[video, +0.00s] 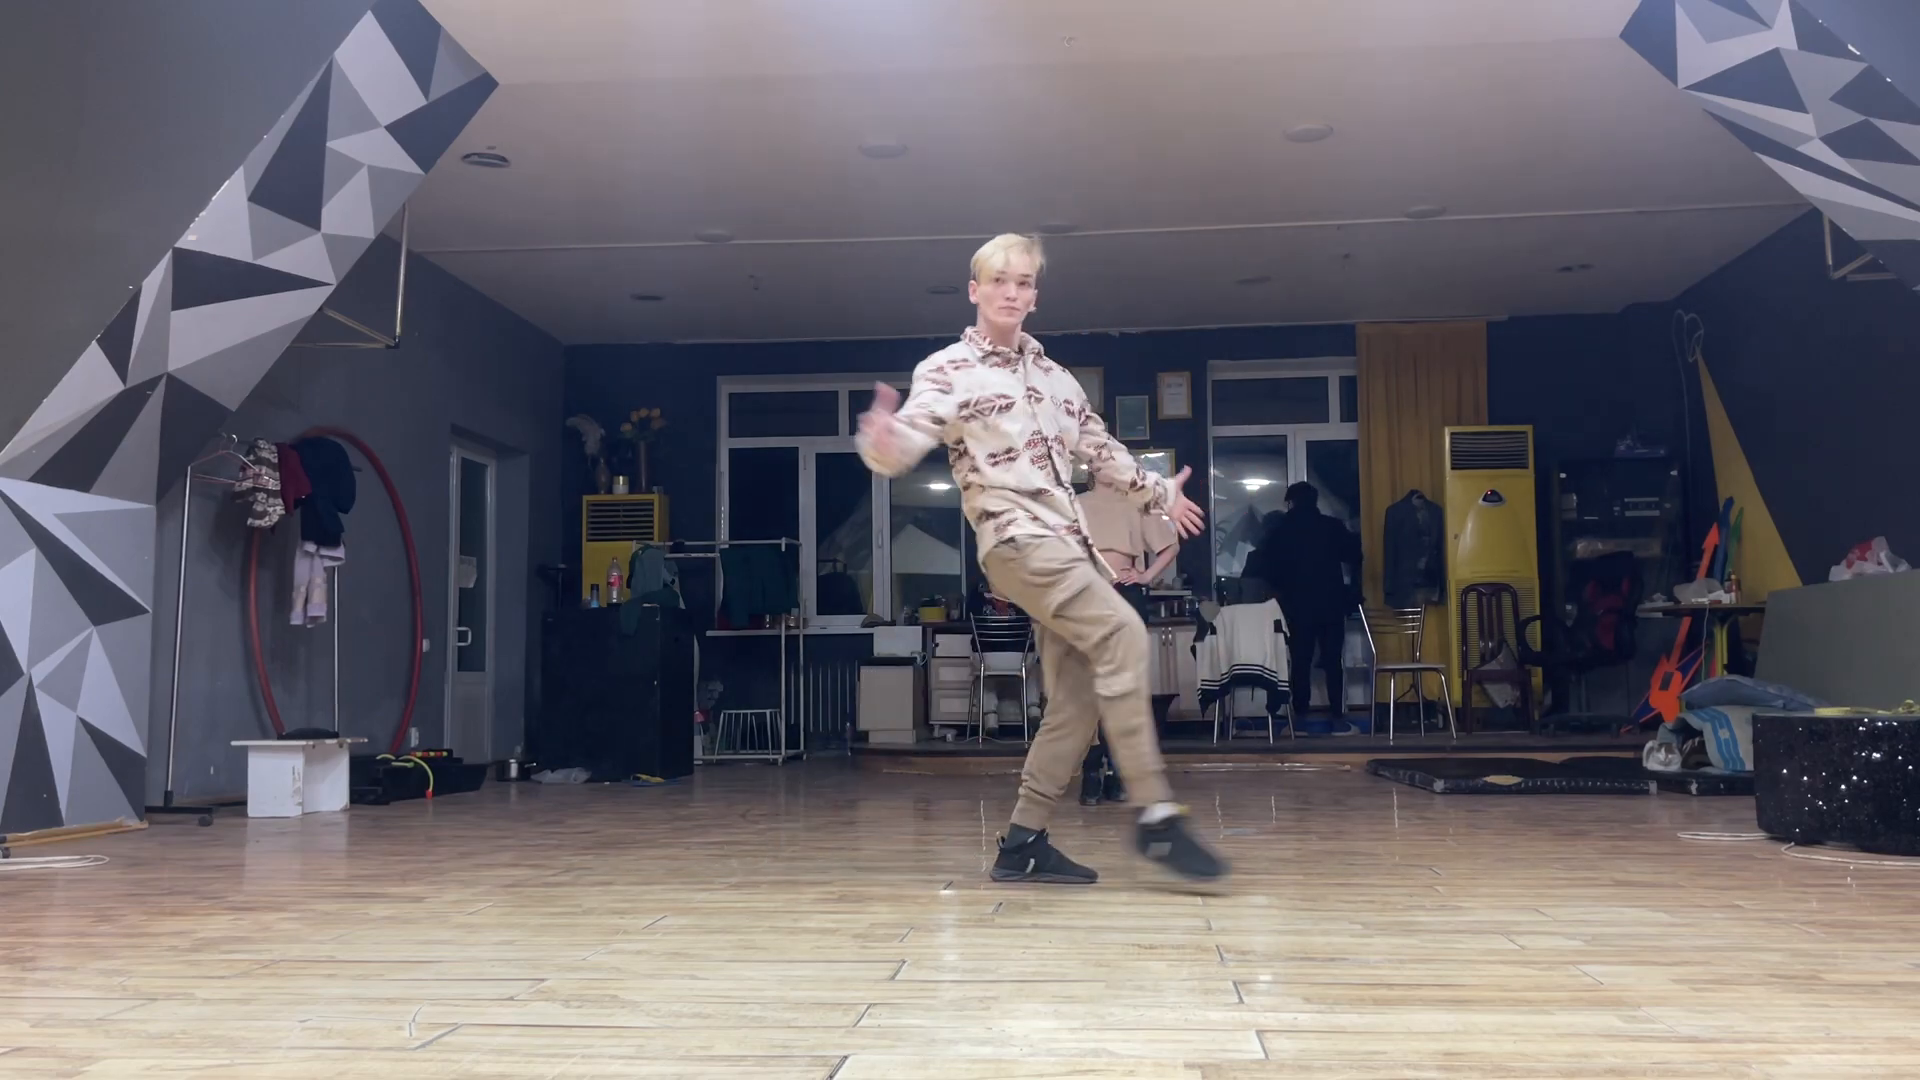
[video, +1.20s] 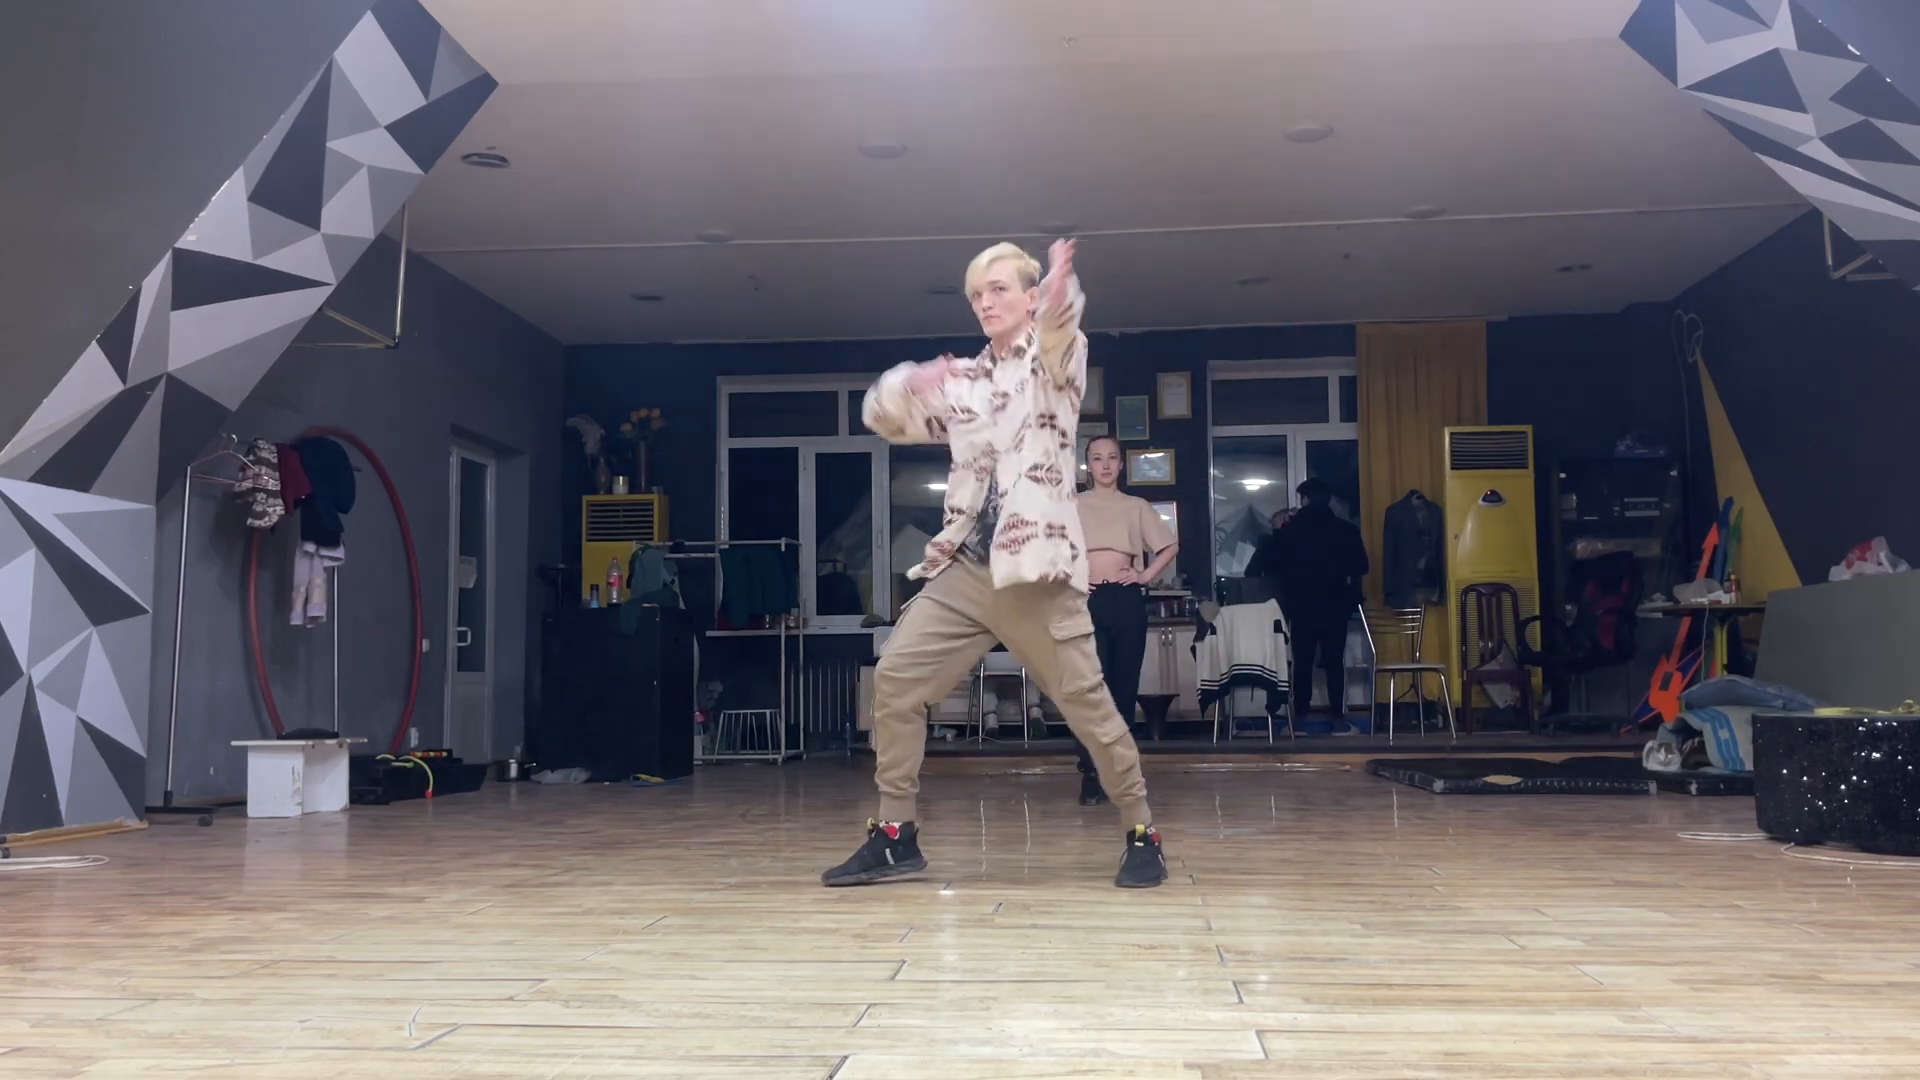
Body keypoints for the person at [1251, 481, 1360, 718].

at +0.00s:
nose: (1288, 506)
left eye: (1289, 502)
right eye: (1289, 502)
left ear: (1291, 502)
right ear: (1315, 501)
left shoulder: (1280, 529)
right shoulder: (1333, 526)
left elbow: (1264, 566)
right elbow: (1355, 556)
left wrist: (1278, 592)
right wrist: (1355, 593)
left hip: (1296, 603)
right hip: (1330, 601)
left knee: (1300, 661)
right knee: (1333, 661)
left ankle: (1300, 716)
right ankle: (1337, 718)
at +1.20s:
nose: (1301, 502)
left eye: (1302, 498)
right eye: (1302, 498)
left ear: (1305, 499)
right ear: (1328, 499)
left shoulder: (1291, 529)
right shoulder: (1346, 529)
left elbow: (1272, 566)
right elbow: (1360, 567)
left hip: (1302, 604)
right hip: (1335, 604)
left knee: (1302, 661)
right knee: (1334, 661)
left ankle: (1300, 719)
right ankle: (1337, 719)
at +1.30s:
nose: (1300, 502)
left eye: (1301, 498)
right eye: (1301, 499)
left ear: (1304, 499)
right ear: (1328, 499)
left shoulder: (1289, 529)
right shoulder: (1346, 529)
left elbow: (1271, 566)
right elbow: (1359, 567)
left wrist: (1276, 531)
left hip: (1301, 604)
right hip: (1334, 604)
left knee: (1302, 662)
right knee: (1334, 661)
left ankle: (1301, 719)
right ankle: (1337, 719)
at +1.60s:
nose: (1299, 502)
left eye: (1300, 498)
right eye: (1300, 498)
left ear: (1303, 499)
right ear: (1327, 499)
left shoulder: (1288, 529)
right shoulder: (1345, 529)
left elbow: (1270, 566)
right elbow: (1358, 568)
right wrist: (1353, 598)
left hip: (1299, 604)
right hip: (1333, 603)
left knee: (1301, 661)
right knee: (1333, 661)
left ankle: (1300, 719)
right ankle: (1337, 718)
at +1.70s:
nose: (1299, 502)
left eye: (1300, 498)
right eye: (1300, 498)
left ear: (1303, 499)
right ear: (1327, 499)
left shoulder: (1288, 529)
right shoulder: (1345, 529)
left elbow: (1270, 566)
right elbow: (1358, 568)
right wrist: (1353, 598)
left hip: (1300, 604)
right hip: (1333, 604)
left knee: (1301, 661)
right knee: (1333, 661)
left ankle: (1300, 718)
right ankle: (1337, 718)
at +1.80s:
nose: (1299, 502)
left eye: (1300, 498)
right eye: (1300, 498)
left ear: (1303, 499)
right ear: (1327, 499)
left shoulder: (1287, 528)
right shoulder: (1345, 529)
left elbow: (1270, 566)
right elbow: (1358, 568)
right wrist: (1353, 598)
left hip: (1299, 603)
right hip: (1333, 603)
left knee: (1301, 661)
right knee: (1333, 661)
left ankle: (1300, 718)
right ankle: (1337, 718)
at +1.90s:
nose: (1298, 502)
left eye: (1299, 498)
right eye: (1300, 498)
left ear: (1302, 499)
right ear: (1327, 499)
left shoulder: (1286, 529)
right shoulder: (1345, 529)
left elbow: (1264, 566)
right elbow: (1358, 568)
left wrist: (1271, 527)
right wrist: (1352, 598)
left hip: (1298, 604)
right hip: (1333, 604)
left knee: (1301, 661)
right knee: (1333, 661)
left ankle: (1300, 719)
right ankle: (1337, 719)